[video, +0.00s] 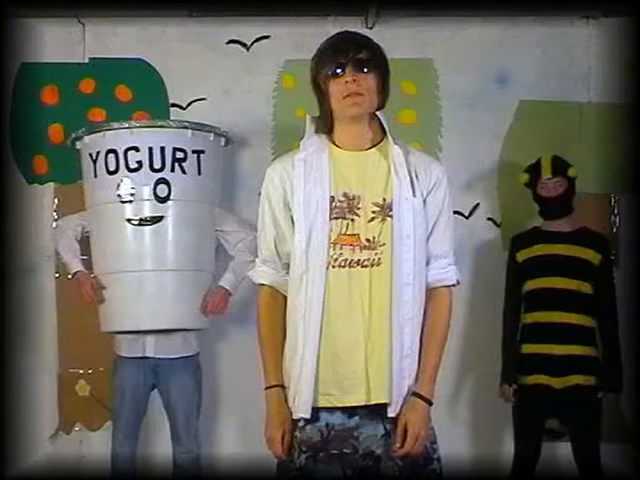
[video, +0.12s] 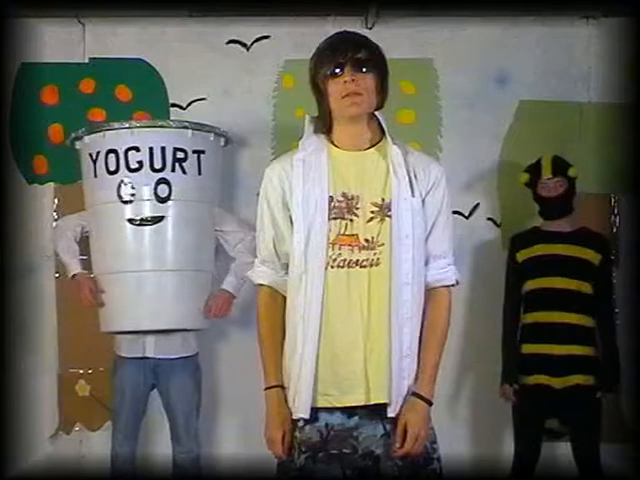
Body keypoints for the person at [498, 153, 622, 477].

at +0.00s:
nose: (549, 191)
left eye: (556, 183)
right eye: (542, 185)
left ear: (571, 187)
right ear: (533, 193)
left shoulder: (596, 245)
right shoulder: (521, 245)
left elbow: (607, 314)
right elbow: (511, 312)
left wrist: (612, 374)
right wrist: (507, 372)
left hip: (581, 373)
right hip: (532, 374)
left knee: (588, 462)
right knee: (524, 461)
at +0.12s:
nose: (550, 192)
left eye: (556, 183)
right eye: (542, 185)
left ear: (571, 187)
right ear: (533, 193)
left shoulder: (596, 245)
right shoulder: (521, 244)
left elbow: (605, 313)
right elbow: (511, 312)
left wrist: (610, 373)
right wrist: (508, 371)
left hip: (581, 373)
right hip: (532, 374)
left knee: (588, 462)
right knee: (524, 461)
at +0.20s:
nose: (551, 191)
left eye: (557, 183)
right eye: (543, 185)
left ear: (572, 187)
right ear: (533, 193)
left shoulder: (596, 245)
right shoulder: (520, 244)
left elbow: (604, 314)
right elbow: (511, 311)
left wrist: (607, 374)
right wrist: (509, 370)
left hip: (581, 374)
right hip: (531, 374)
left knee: (588, 462)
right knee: (524, 461)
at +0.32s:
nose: (551, 191)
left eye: (558, 183)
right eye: (543, 185)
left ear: (572, 187)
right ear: (533, 192)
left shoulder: (596, 245)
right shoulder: (520, 244)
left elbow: (604, 314)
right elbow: (511, 312)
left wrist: (606, 373)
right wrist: (510, 369)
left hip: (580, 375)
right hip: (531, 375)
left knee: (588, 463)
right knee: (524, 462)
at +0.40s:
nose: (552, 191)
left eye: (558, 183)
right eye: (544, 185)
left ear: (572, 187)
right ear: (534, 193)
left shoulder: (596, 245)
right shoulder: (520, 244)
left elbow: (604, 314)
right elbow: (511, 312)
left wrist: (606, 373)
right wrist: (510, 369)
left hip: (580, 375)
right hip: (531, 375)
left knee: (588, 463)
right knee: (524, 462)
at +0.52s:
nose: (552, 191)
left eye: (559, 183)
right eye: (544, 185)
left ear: (572, 187)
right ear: (534, 193)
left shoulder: (596, 245)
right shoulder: (520, 244)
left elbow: (604, 314)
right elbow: (511, 311)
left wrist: (606, 373)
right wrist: (509, 369)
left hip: (581, 374)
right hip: (531, 374)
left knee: (588, 462)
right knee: (524, 461)